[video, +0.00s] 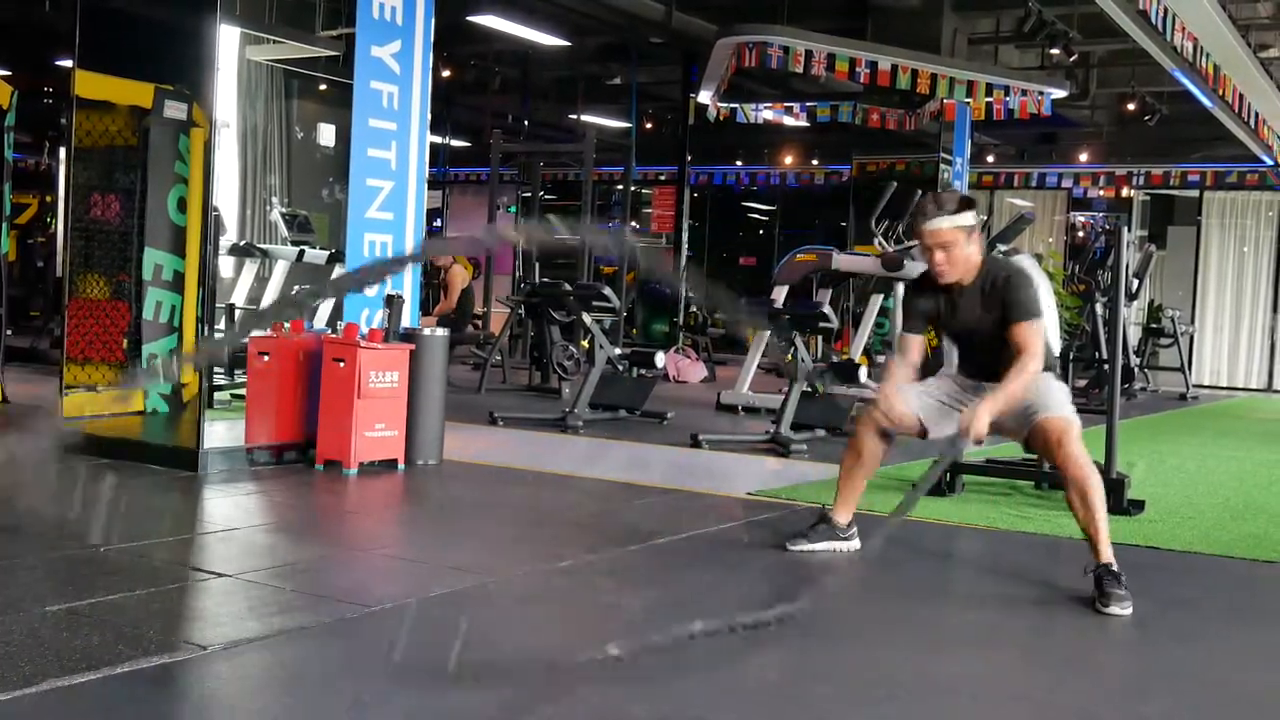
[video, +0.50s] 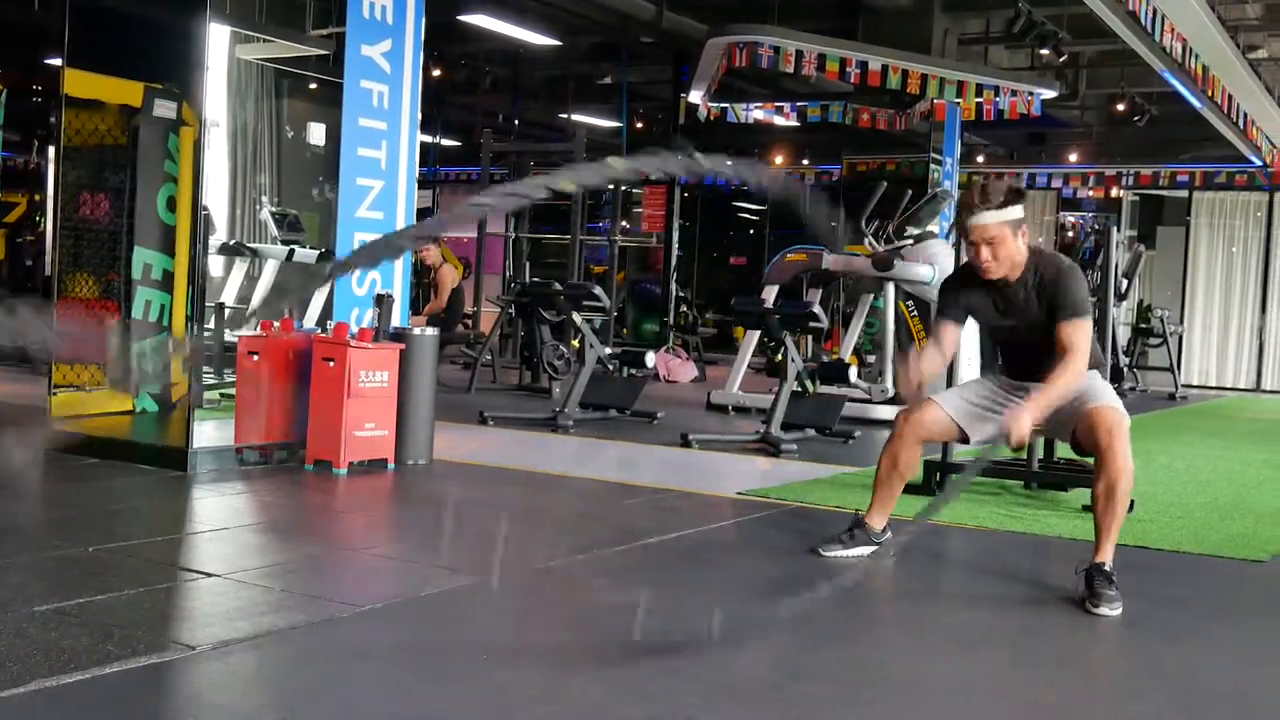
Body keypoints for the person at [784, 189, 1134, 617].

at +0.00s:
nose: (935, 261)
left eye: (945, 249)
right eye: (927, 250)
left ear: (974, 241)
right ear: (920, 248)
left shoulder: (1014, 279)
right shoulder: (923, 290)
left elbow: (1031, 359)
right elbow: (906, 358)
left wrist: (989, 407)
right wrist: (890, 391)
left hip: (1024, 387)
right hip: (961, 386)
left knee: (1065, 442)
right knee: (871, 417)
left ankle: (1107, 567)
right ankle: (839, 523)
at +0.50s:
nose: (981, 255)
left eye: (991, 243)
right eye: (973, 245)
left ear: (1022, 236)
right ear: (965, 243)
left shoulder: (1062, 276)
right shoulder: (963, 283)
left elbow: (1077, 358)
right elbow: (941, 345)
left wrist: (1033, 408)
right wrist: (917, 370)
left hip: (1068, 387)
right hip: (1003, 387)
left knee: (1114, 430)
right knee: (911, 423)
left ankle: (1102, 566)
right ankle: (872, 529)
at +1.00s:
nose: (864, 243)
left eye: (875, 233)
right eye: (857, 233)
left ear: (905, 223)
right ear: (849, 227)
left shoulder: (935, 265)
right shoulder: (844, 256)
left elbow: (941, 346)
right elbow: (810, 311)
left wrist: (903, 401)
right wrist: (802, 293)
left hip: (923, 373)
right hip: (860, 364)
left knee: (956, 424)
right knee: (771, 408)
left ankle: (932, 538)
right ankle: (699, 494)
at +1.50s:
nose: (729, 236)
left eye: (738, 227)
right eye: (723, 226)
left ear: (768, 220)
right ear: (716, 221)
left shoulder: (795, 259)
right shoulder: (712, 248)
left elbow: (803, 340)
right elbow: (677, 279)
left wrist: (770, 397)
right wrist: (673, 246)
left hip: (790, 360)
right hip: (734, 357)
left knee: (823, 408)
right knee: (654, 403)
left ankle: (823, 522)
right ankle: (623, 501)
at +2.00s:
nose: (794, 223)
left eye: (802, 215)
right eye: (791, 214)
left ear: (834, 206)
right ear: (788, 208)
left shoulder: (868, 242)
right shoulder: (792, 229)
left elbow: (883, 323)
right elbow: (742, 245)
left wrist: (850, 376)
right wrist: (731, 218)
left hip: (873, 350)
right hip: (816, 348)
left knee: (908, 399)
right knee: (735, 396)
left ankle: (889, 520)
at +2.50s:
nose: (939, 219)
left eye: (949, 208)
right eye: (935, 208)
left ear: (985, 196)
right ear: (928, 202)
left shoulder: (1012, 240)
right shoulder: (936, 223)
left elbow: (1041, 328)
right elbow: (887, 236)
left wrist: (1020, 405)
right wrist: (869, 208)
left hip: (1035, 370)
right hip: (977, 373)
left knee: (1076, 421)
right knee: (880, 419)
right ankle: (891, 544)